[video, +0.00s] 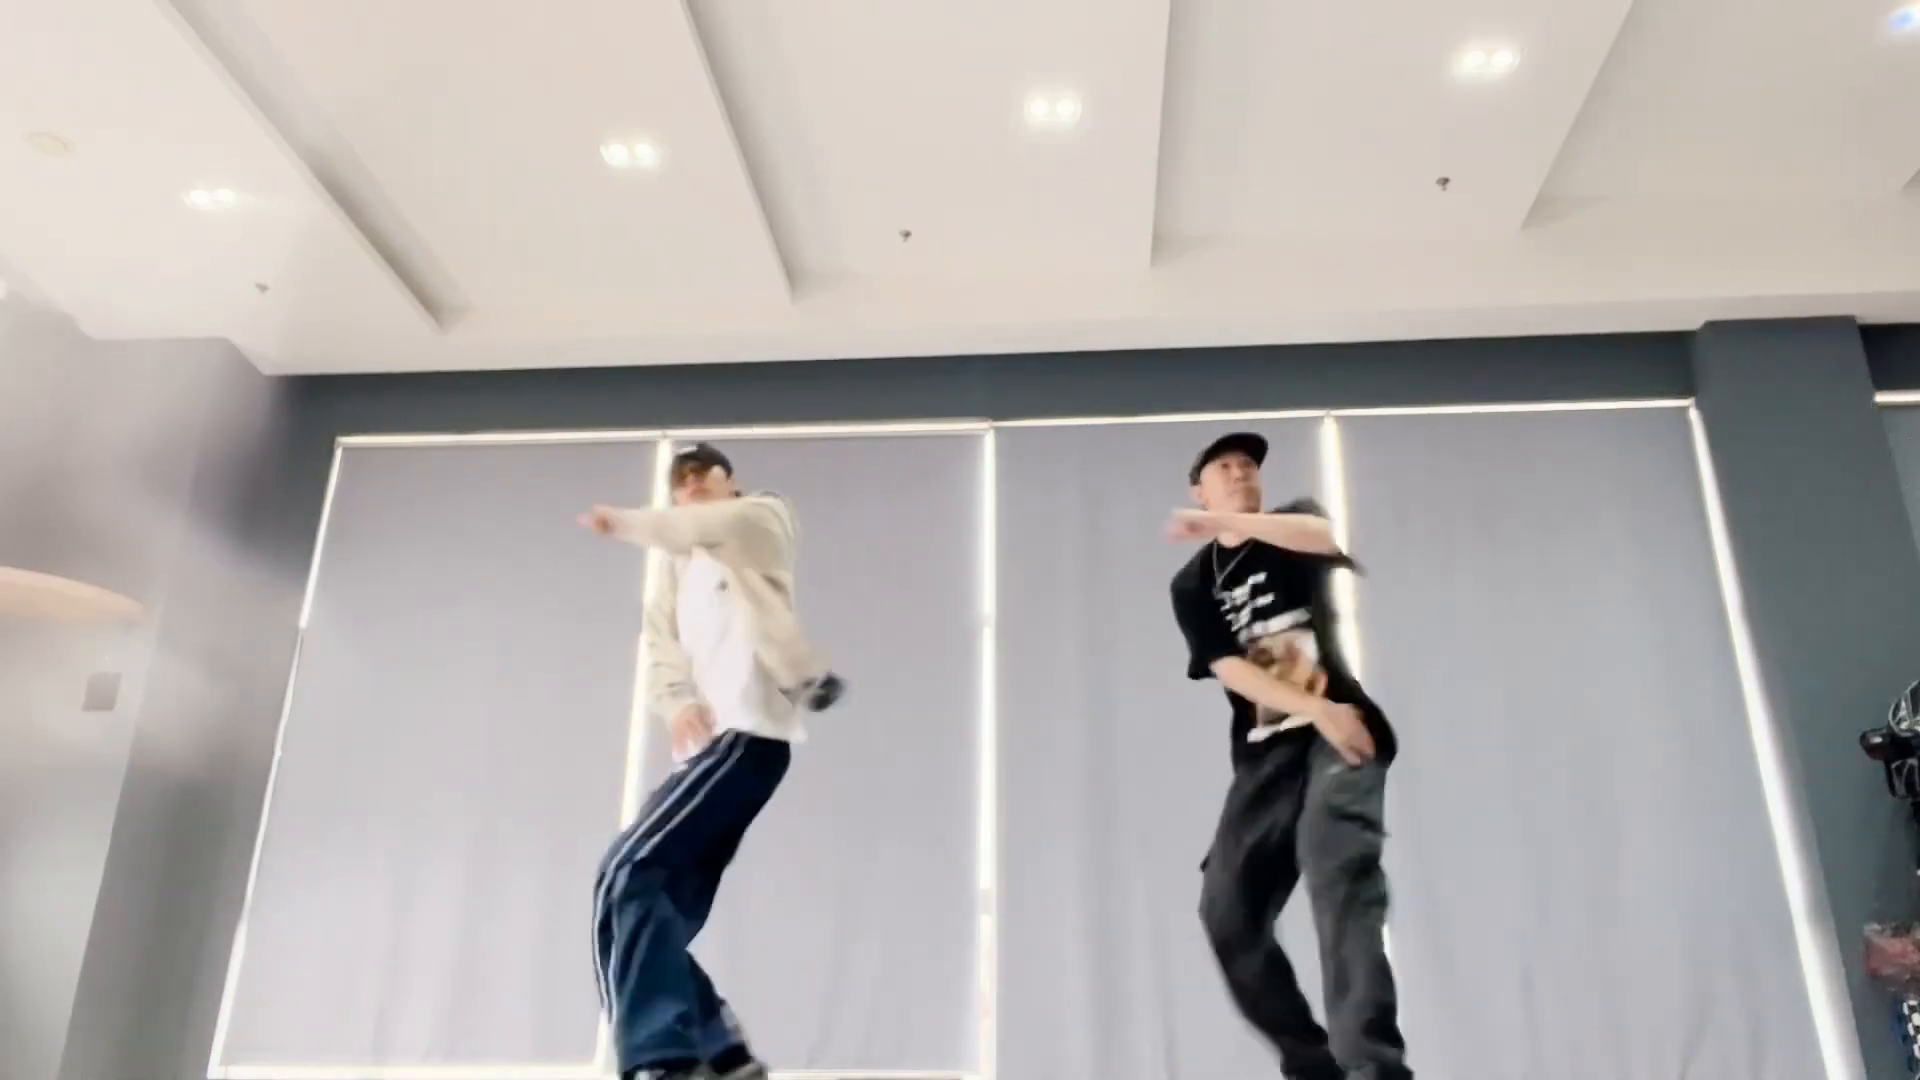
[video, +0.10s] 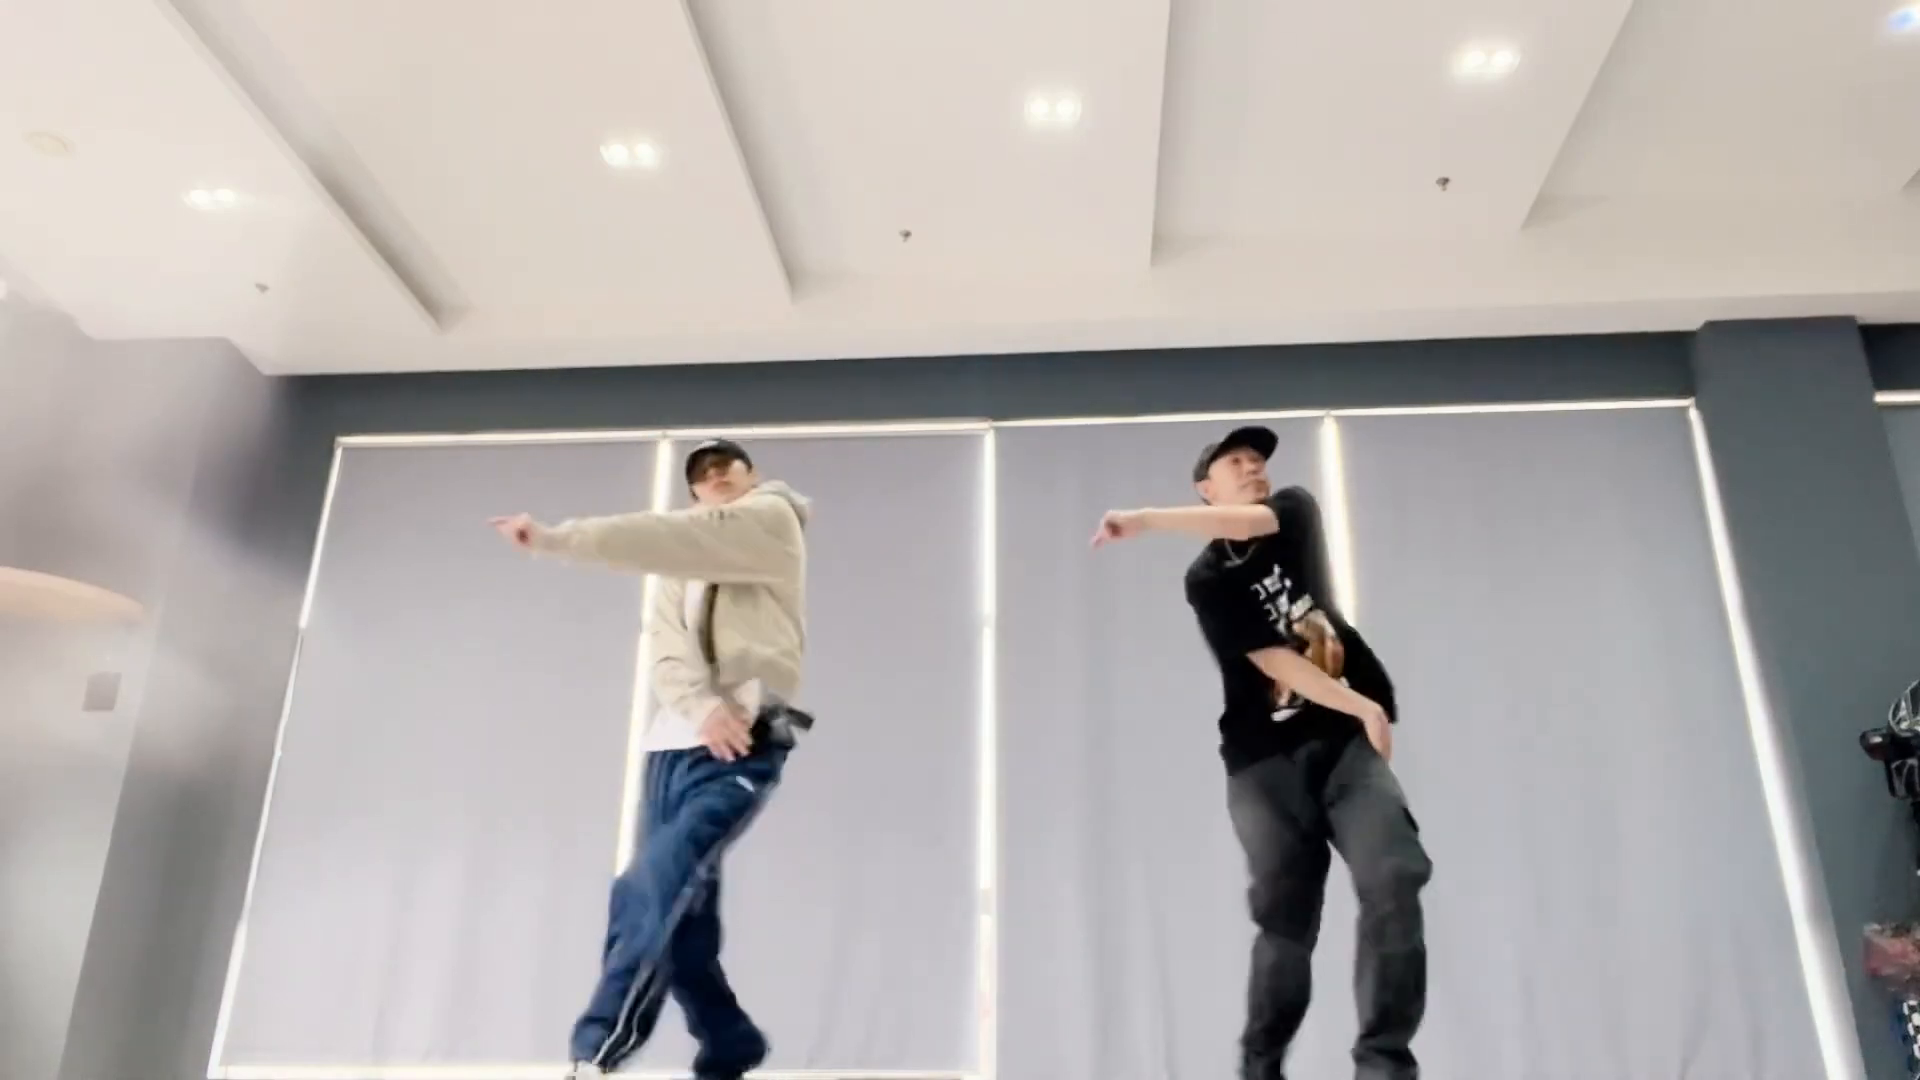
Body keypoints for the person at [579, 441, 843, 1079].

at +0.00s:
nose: (692, 488)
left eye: (703, 475)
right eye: (681, 484)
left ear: (731, 479)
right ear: (670, 497)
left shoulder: (769, 518)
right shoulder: (671, 551)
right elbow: (660, 637)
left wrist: (627, 523)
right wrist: (678, 703)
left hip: (752, 737)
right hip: (710, 741)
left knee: (634, 870)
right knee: (620, 882)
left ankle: (663, 1058)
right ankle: (715, 1048)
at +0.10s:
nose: (716, 482)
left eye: (727, 469)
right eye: (703, 478)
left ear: (752, 475)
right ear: (692, 495)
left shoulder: (775, 521)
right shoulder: (675, 548)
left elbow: (681, 534)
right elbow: (664, 640)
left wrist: (553, 539)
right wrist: (703, 707)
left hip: (742, 748)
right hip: (671, 749)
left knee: (651, 880)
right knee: (681, 917)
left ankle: (598, 1049)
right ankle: (730, 1044)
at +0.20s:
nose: (713, 489)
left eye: (723, 476)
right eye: (700, 486)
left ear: (751, 483)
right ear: (692, 502)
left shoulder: (774, 530)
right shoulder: (689, 571)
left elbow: (703, 541)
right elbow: (648, 669)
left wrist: (592, 538)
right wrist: (705, 706)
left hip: (747, 756)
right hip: (680, 766)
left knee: (678, 865)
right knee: (706, 918)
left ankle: (595, 1035)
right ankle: (706, 1069)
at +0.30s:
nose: (692, 503)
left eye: (703, 489)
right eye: (681, 499)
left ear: (734, 495)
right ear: (673, 516)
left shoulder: (760, 541)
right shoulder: (682, 599)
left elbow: (801, 529)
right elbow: (649, 678)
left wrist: (687, 530)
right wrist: (696, 714)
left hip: (763, 746)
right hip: (722, 756)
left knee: (638, 859)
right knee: (635, 879)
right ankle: (674, 1057)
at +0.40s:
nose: (681, 515)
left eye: (692, 501)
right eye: (669, 512)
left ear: (723, 507)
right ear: (666, 535)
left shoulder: (766, 570)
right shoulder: (688, 598)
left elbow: (869, 572)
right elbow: (674, 682)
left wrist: (773, 549)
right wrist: (679, 730)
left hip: (756, 768)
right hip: (717, 776)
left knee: (636, 926)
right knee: (632, 936)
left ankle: (756, 1047)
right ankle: (696, 1070)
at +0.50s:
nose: (698, 508)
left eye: (705, 491)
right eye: (686, 502)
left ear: (735, 486)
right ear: (683, 514)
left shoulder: (787, 545)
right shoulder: (712, 574)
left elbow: (836, 519)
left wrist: (731, 521)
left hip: (764, 752)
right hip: (723, 756)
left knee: (640, 912)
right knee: (623, 919)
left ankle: (746, 1064)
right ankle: (692, 1072)